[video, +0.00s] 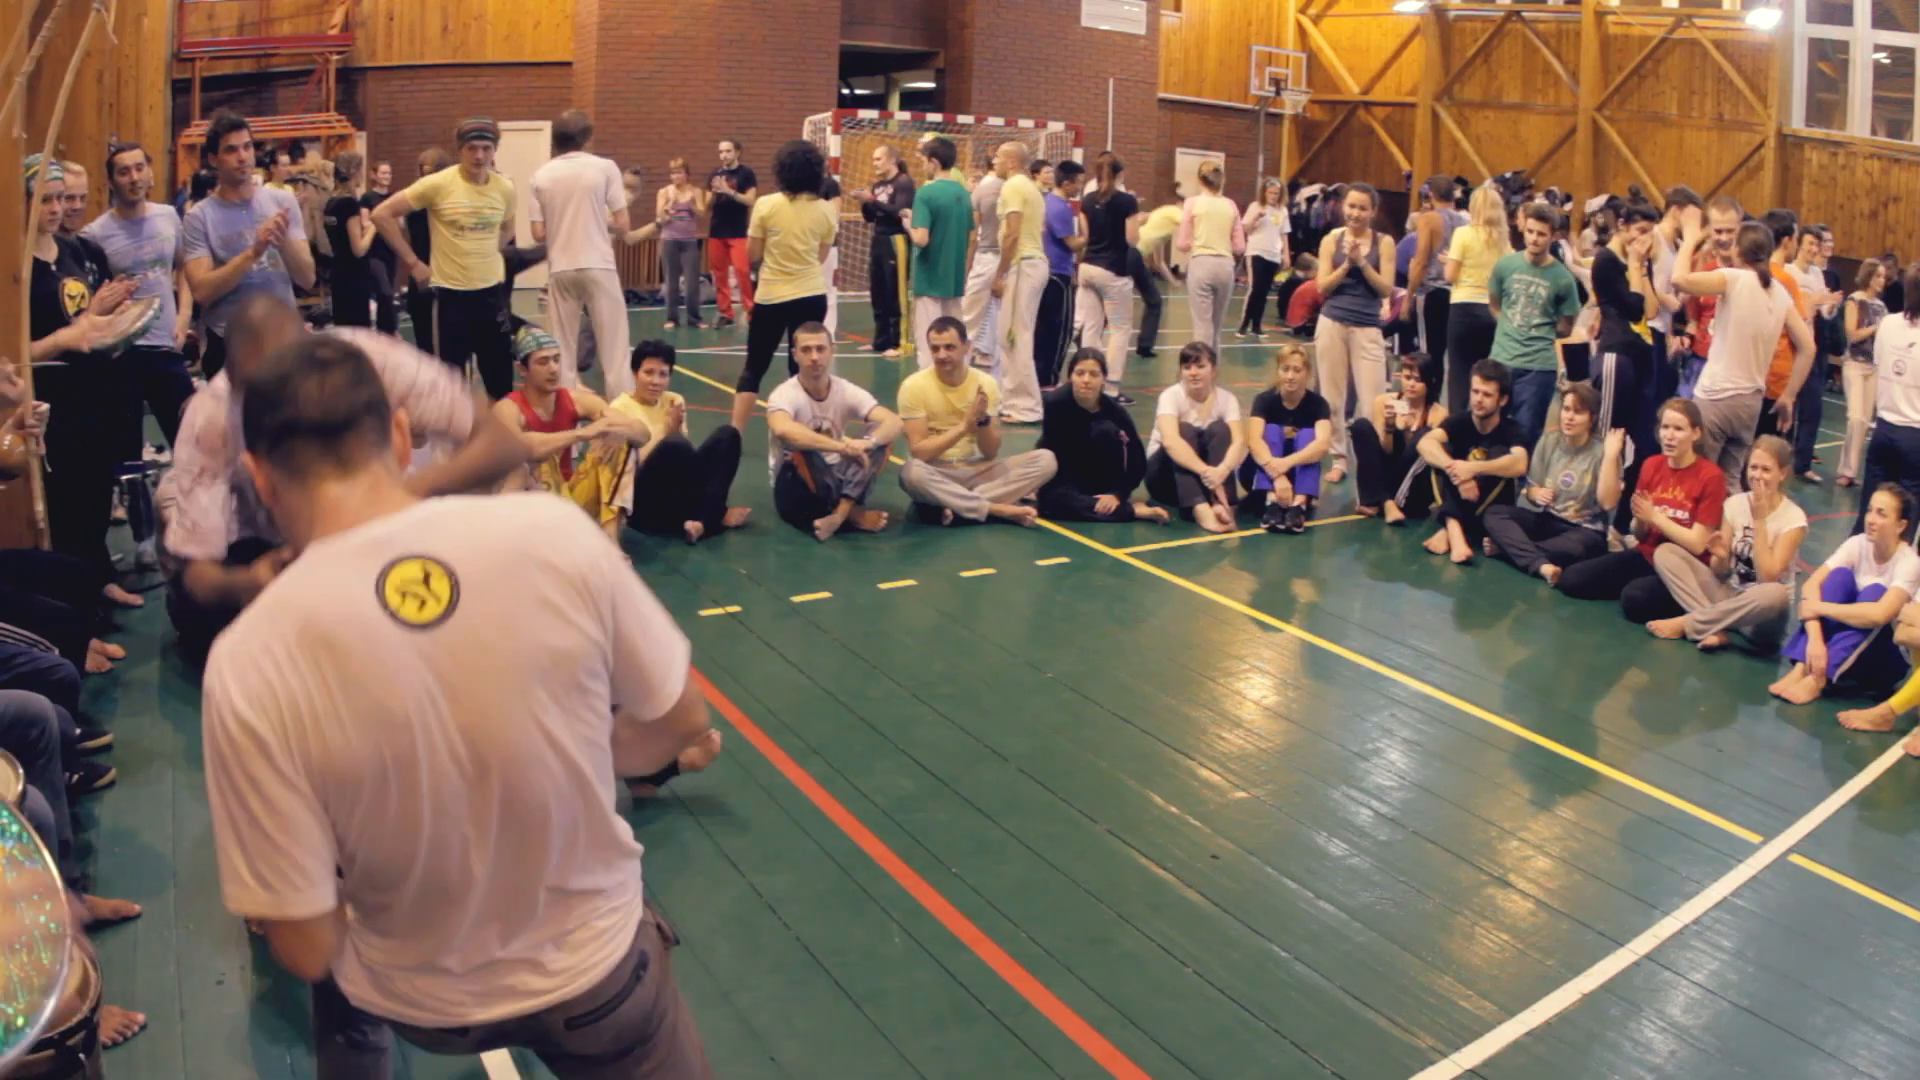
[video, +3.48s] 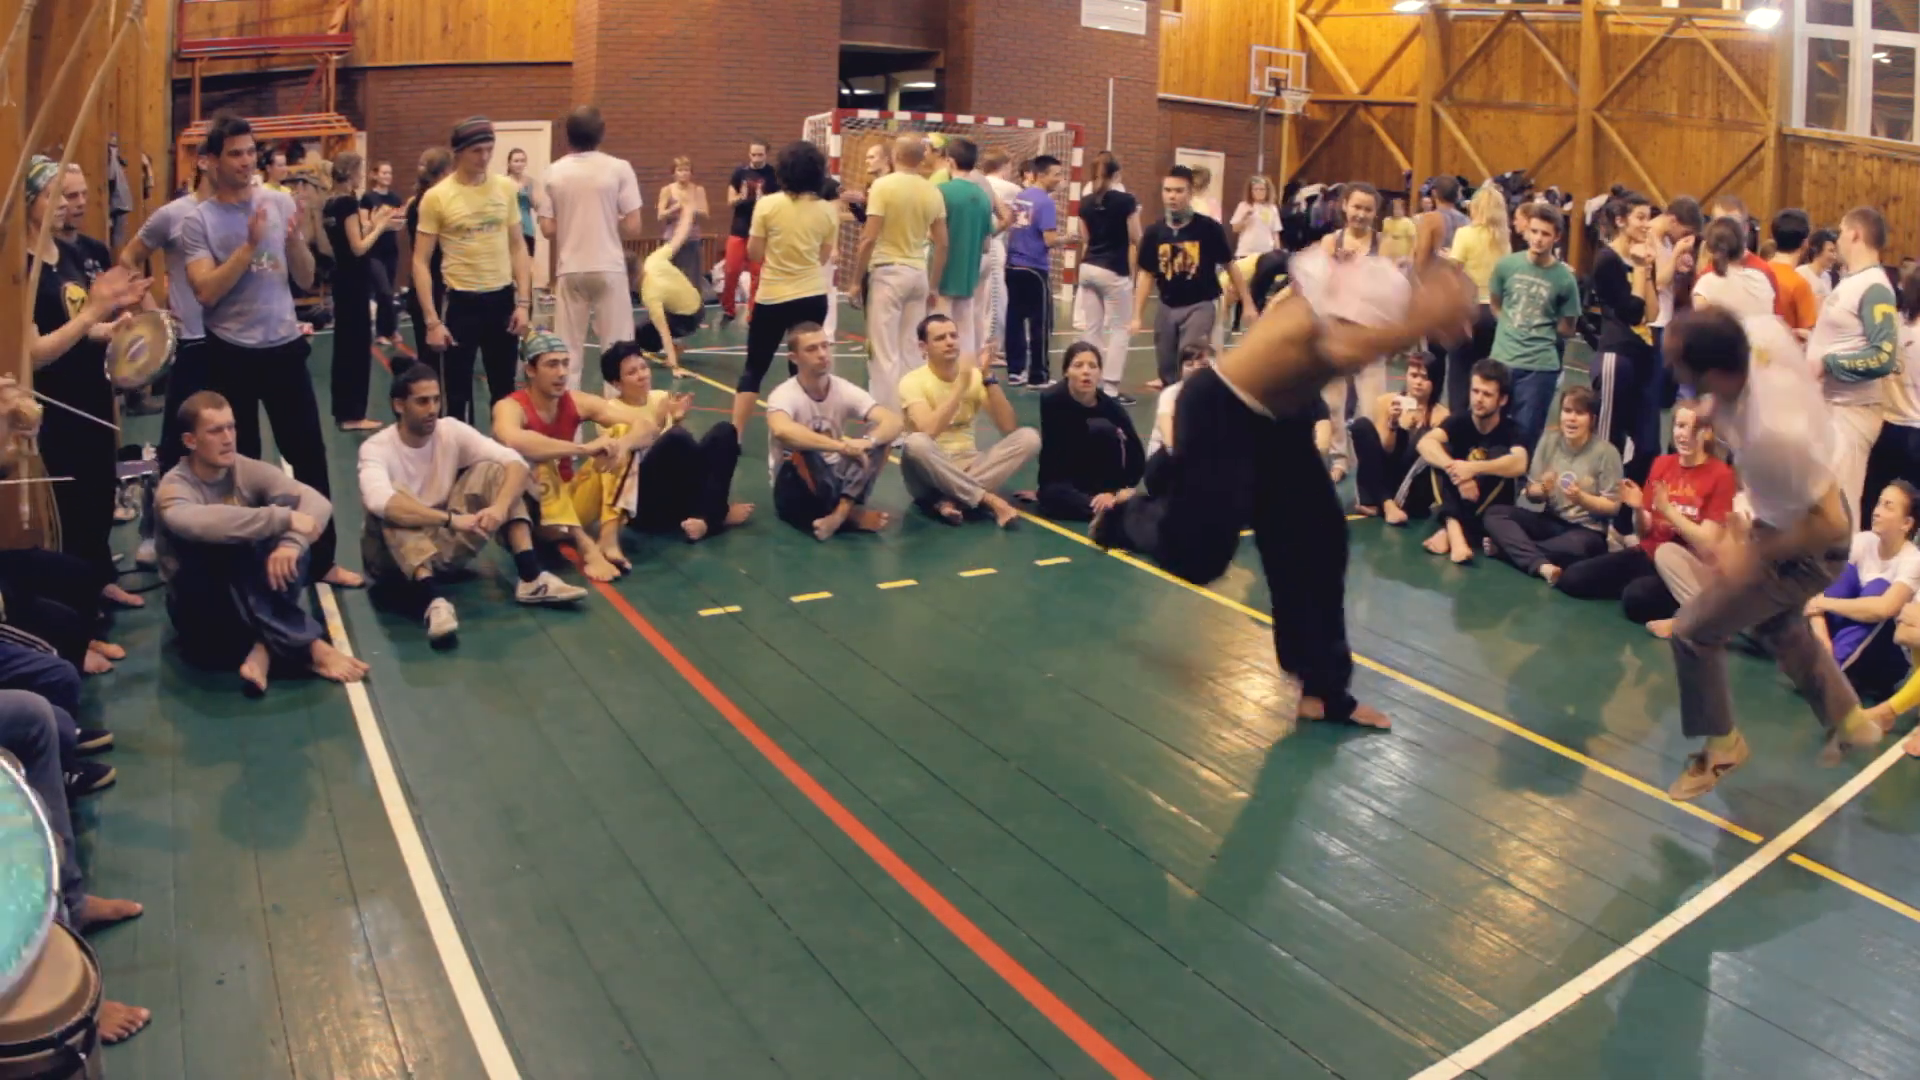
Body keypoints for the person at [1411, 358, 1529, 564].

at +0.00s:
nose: (1479, 400)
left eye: (1487, 395)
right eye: (1475, 392)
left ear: (1503, 400)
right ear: (1469, 392)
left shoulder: (1510, 429)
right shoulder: (1459, 420)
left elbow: (1520, 465)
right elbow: (1426, 444)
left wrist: (1473, 467)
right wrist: (1459, 475)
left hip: (1492, 509)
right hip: (1454, 504)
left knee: (1500, 456)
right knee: (1437, 455)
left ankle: (1449, 528)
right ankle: (1454, 530)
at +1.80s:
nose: (1478, 399)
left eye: (1487, 395)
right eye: (1475, 392)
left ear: (1502, 400)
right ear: (1469, 391)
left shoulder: (1510, 428)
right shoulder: (1460, 419)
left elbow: (1519, 464)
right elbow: (1426, 443)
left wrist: (1473, 468)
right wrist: (1459, 474)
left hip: (1492, 509)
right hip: (1454, 503)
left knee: (1499, 456)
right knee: (1438, 455)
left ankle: (1449, 527)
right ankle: (1454, 528)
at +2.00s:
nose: (1478, 400)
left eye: (1487, 395)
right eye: (1475, 392)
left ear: (1502, 400)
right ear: (1469, 392)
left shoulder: (1510, 428)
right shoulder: (1460, 420)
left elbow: (1519, 465)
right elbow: (1425, 443)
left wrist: (1473, 468)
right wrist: (1458, 474)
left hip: (1494, 509)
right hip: (1458, 503)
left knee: (1499, 455)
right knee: (1438, 453)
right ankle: (1452, 524)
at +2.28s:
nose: (1479, 399)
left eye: (1487, 394)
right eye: (1475, 392)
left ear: (1503, 400)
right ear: (1469, 392)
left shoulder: (1510, 428)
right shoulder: (1458, 420)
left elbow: (1519, 465)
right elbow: (1425, 443)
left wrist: (1473, 468)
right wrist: (1452, 467)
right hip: (1453, 501)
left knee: (1499, 454)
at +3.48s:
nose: (1479, 399)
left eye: (1487, 395)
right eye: (1475, 392)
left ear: (1503, 400)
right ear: (1469, 392)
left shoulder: (1510, 429)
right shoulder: (1459, 422)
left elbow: (1519, 464)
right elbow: (1426, 443)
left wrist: (1473, 467)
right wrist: (1458, 473)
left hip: (1492, 512)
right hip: (1453, 503)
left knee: (1502, 457)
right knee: (1438, 457)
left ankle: (1450, 529)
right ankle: (1454, 529)